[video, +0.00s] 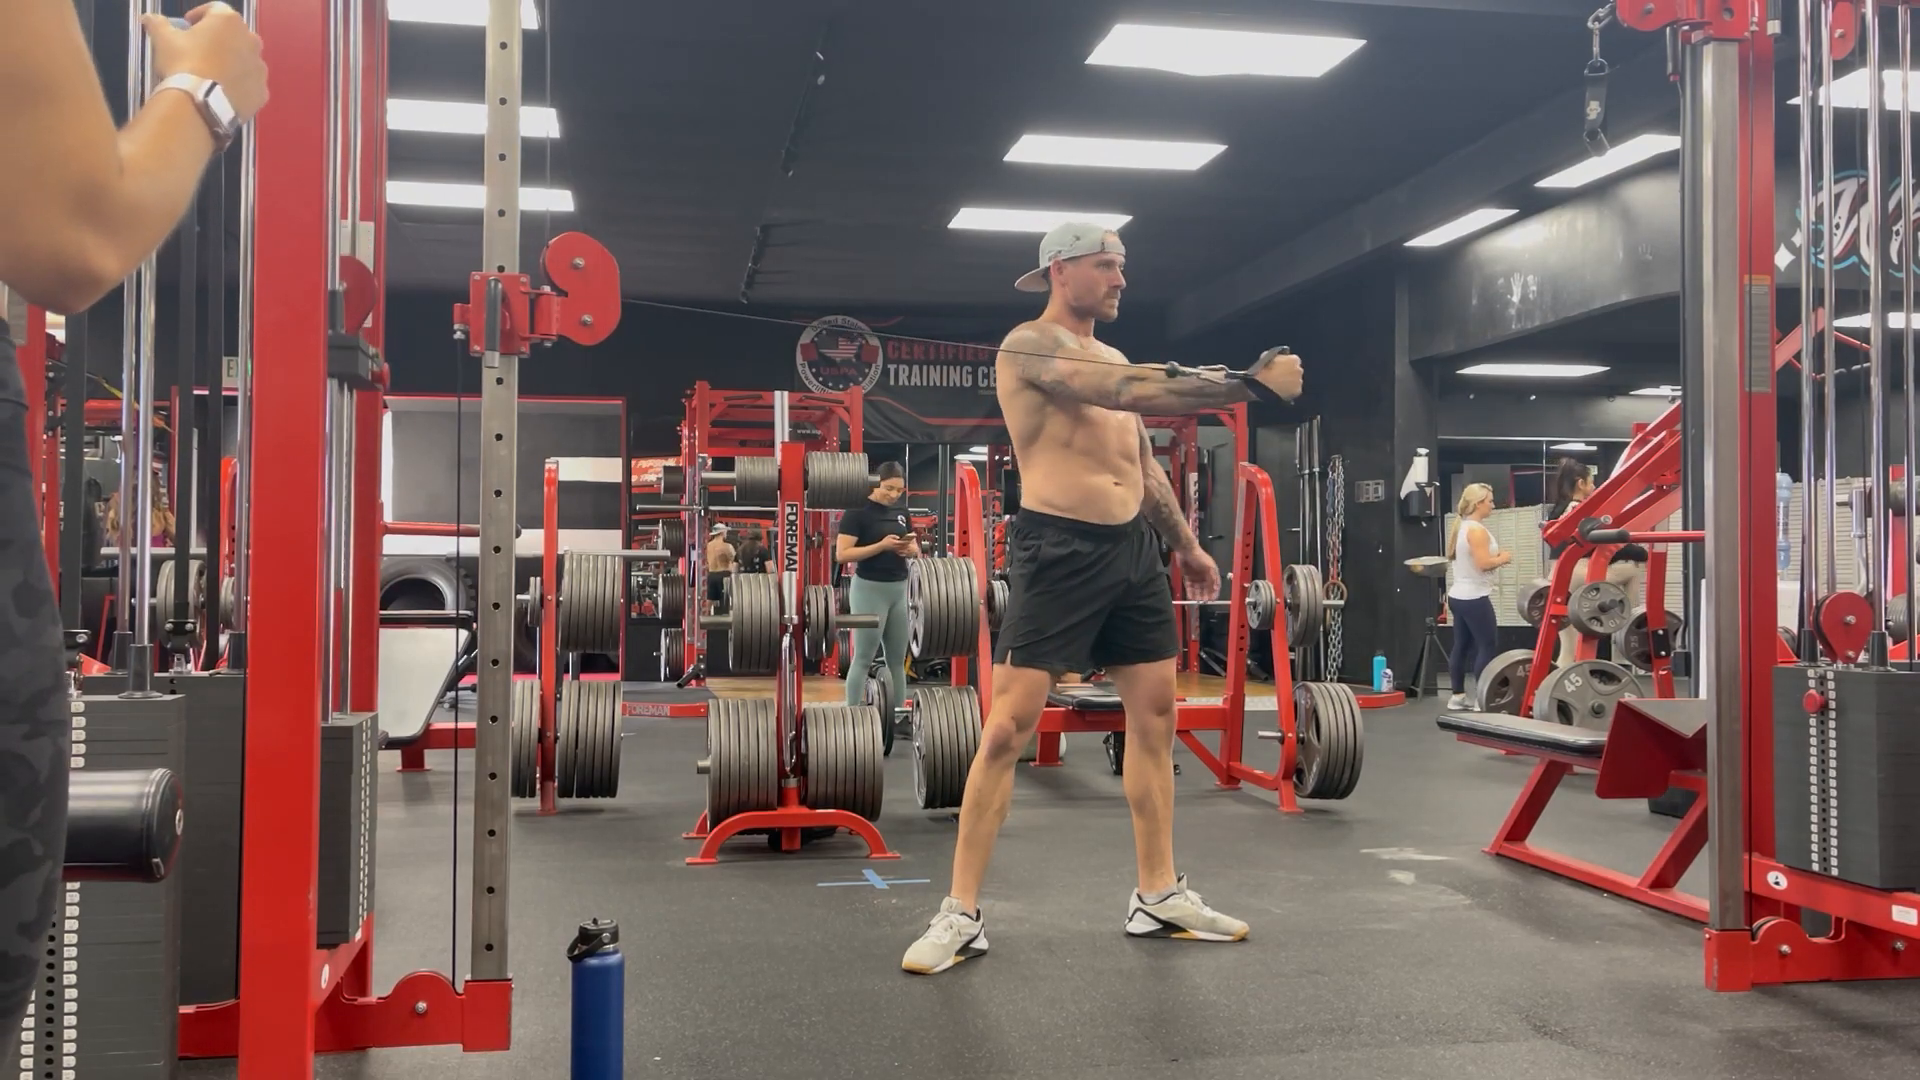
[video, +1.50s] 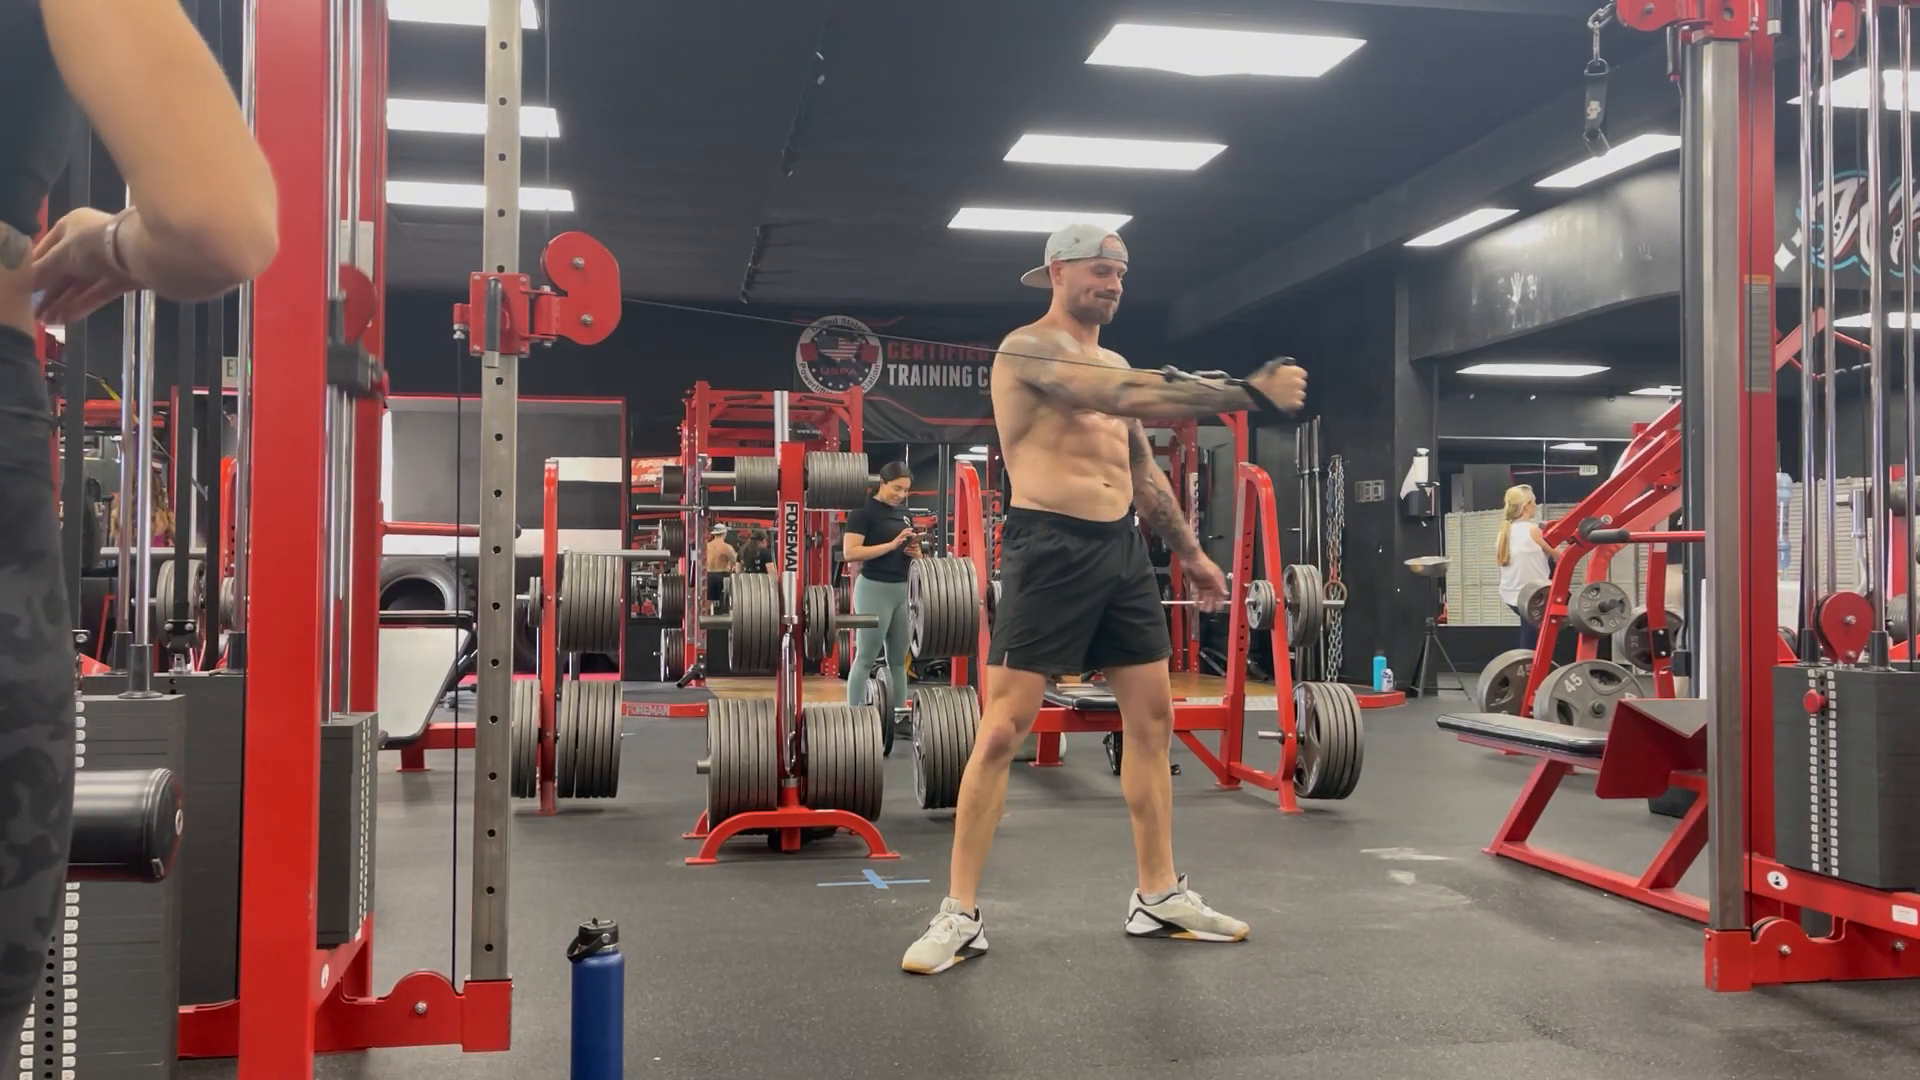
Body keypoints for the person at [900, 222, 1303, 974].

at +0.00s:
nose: (1120, 275)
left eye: (1120, 265)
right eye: (1106, 262)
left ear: (1103, 280)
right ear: (1058, 272)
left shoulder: (1118, 364)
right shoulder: (1028, 343)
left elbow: (1144, 465)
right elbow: (1117, 385)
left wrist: (1187, 543)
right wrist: (1246, 382)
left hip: (1135, 552)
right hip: (1056, 550)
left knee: (1155, 719)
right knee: (1004, 733)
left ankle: (1157, 894)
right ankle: (961, 910)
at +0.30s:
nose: (1097, 275)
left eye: (1104, 264)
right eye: (1081, 261)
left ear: (1111, 278)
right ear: (1042, 275)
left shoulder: (1128, 362)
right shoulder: (1011, 344)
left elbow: (1176, 458)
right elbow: (1049, 391)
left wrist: (1235, 537)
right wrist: (1145, 376)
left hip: (1131, 552)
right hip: (1046, 549)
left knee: (1156, 717)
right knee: (998, 728)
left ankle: (1158, 895)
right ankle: (959, 909)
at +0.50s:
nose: (1072, 276)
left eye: (1084, 264)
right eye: (1059, 264)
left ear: (1103, 279)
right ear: (1035, 277)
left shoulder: (1140, 361)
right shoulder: (1007, 346)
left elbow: (1199, 456)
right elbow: (999, 388)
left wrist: (1267, 533)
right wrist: (1040, 377)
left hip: (1130, 550)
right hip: (1044, 550)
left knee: (1158, 716)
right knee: (998, 727)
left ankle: (1157, 894)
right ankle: (961, 910)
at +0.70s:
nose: (1047, 273)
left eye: (1063, 261)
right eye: (1038, 263)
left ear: (1097, 278)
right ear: (1026, 279)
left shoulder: (1142, 360)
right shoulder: (1005, 348)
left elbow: (1215, 451)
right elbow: (967, 376)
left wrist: (1292, 525)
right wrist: (956, 378)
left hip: (1125, 549)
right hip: (1037, 550)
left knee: (1157, 720)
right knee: (990, 726)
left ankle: (1158, 894)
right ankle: (960, 909)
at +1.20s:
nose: (1077, 273)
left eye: (1089, 262)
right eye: (1064, 261)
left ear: (1106, 279)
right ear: (1036, 275)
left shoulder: (1139, 362)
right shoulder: (1004, 348)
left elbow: (1202, 458)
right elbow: (1001, 389)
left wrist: (1271, 532)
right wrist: (1058, 372)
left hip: (1122, 552)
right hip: (1038, 550)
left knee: (1154, 718)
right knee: (990, 726)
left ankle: (1158, 894)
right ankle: (959, 909)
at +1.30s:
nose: (1088, 274)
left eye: (1098, 265)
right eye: (1073, 262)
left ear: (1109, 280)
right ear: (1040, 276)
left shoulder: (1130, 368)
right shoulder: (1008, 348)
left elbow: (1188, 468)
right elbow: (1041, 393)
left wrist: (1249, 541)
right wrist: (1140, 374)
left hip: (1121, 554)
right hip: (1039, 549)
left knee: (1152, 718)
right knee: (991, 729)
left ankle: (1158, 894)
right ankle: (958, 910)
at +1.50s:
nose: (1112, 281)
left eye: (1119, 271)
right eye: (1097, 266)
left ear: (1119, 284)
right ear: (1055, 274)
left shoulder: (1121, 372)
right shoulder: (1024, 347)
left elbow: (1144, 474)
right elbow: (1110, 390)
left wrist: (1191, 552)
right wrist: (1248, 390)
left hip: (1124, 552)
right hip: (1046, 549)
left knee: (1152, 720)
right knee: (1000, 733)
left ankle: (1158, 894)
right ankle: (959, 910)